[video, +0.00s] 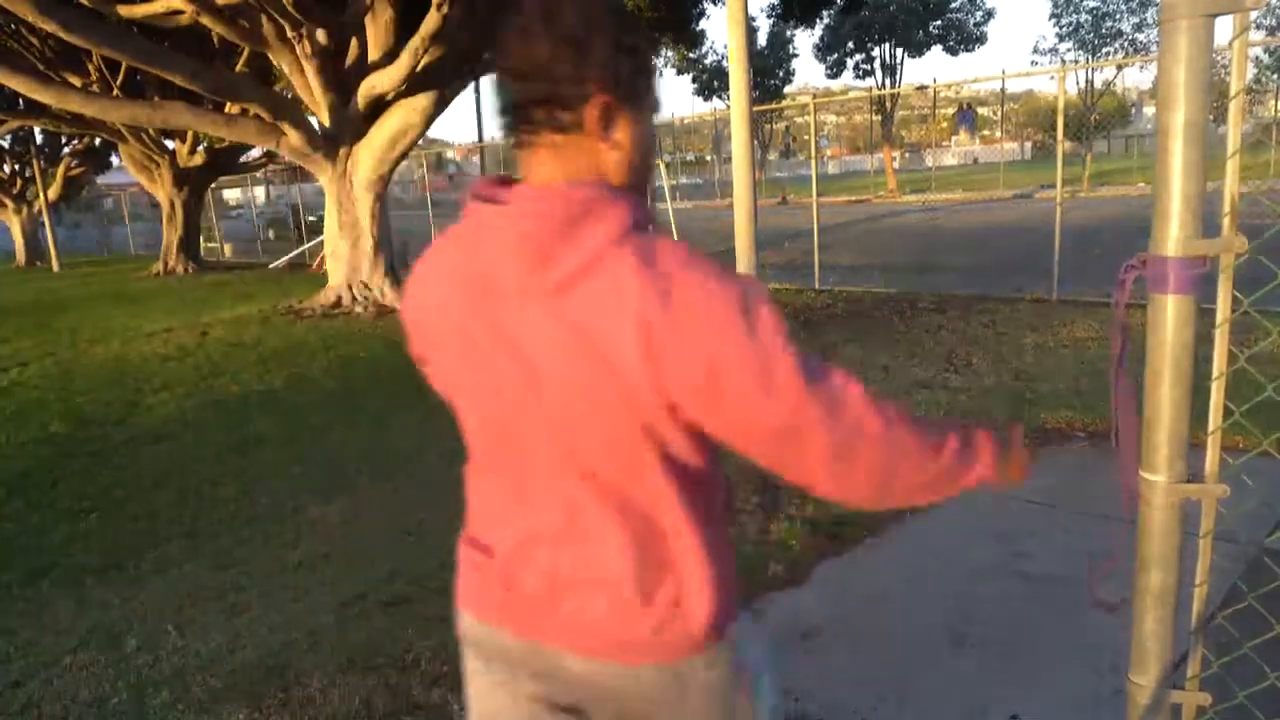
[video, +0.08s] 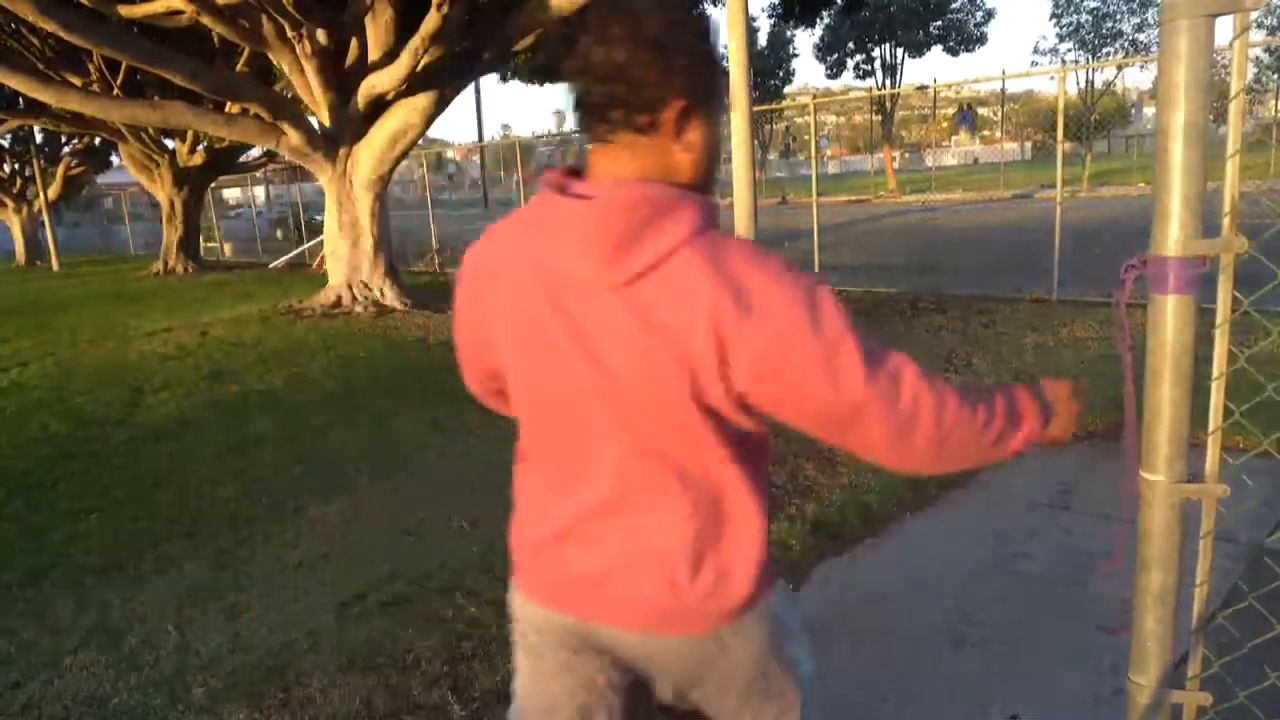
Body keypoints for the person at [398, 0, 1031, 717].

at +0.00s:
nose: (649, 141)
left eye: (650, 116)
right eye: (647, 116)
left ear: (519, 117)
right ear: (605, 119)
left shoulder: (439, 279)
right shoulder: (673, 291)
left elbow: (465, 391)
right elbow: (833, 441)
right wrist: (976, 455)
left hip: (498, 634)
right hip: (654, 646)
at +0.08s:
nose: (717, 142)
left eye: (716, 119)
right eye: (715, 119)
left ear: (589, 113)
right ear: (680, 121)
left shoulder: (499, 255)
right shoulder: (732, 281)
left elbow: (489, 382)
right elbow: (887, 413)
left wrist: (583, 381)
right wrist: (1029, 414)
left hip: (552, 599)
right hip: (701, 610)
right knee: (761, 702)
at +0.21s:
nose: (786, 133)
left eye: (787, 112)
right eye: (788, 113)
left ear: (663, 92)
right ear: (756, 113)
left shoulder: (558, 221)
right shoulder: (793, 257)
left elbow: (521, 356)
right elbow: (950, 379)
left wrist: (607, 395)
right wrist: (1076, 363)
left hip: (595, 556)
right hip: (735, 578)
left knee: (601, 671)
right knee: (786, 706)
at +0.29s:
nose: (806, 122)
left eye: (808, 102)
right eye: (808, 102)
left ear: (690, 85)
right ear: (783, 102)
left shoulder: (581, 210)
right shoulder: (816, 246)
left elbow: (539, 343)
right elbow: (967, 365)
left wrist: (627, 392)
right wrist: (1085, 348)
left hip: (612, 531)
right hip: (742, 557)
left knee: (628, 652)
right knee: (790, 706)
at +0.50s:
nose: (814, 118)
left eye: (815, 100)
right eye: (816, 103)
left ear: (704, 83)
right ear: (792, 103)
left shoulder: (613, 202)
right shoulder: (815, 237)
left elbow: (586, 329)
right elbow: (955, 373)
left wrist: (659, 366)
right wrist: (1069, 357)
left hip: (639, 502)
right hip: (752, 528)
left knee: (671, 622)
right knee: (792, 696)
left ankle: (681, 712)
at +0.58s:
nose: (806, 118)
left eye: (806, 99)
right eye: (805, 101)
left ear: (697, 93)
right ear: (779, 108)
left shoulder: (620, 206)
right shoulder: (790, 234)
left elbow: (601, 325)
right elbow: (923, 370)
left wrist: (681, 342)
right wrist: (1048, 356)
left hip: (649, 495)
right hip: (752, 522)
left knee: (682, 601)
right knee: (800, 700)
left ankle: (694, 704)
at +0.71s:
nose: (780, 130)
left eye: (779, 111)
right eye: (777, 112)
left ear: (677, 114)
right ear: (741, 119)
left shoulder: (624, 223)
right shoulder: (750, 243)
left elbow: (632, 335)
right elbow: (882, 368)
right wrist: (1019, 343)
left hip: (668, 484)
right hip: (752, 505)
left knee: (702, 597)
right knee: (810, 690)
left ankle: (692, 706)